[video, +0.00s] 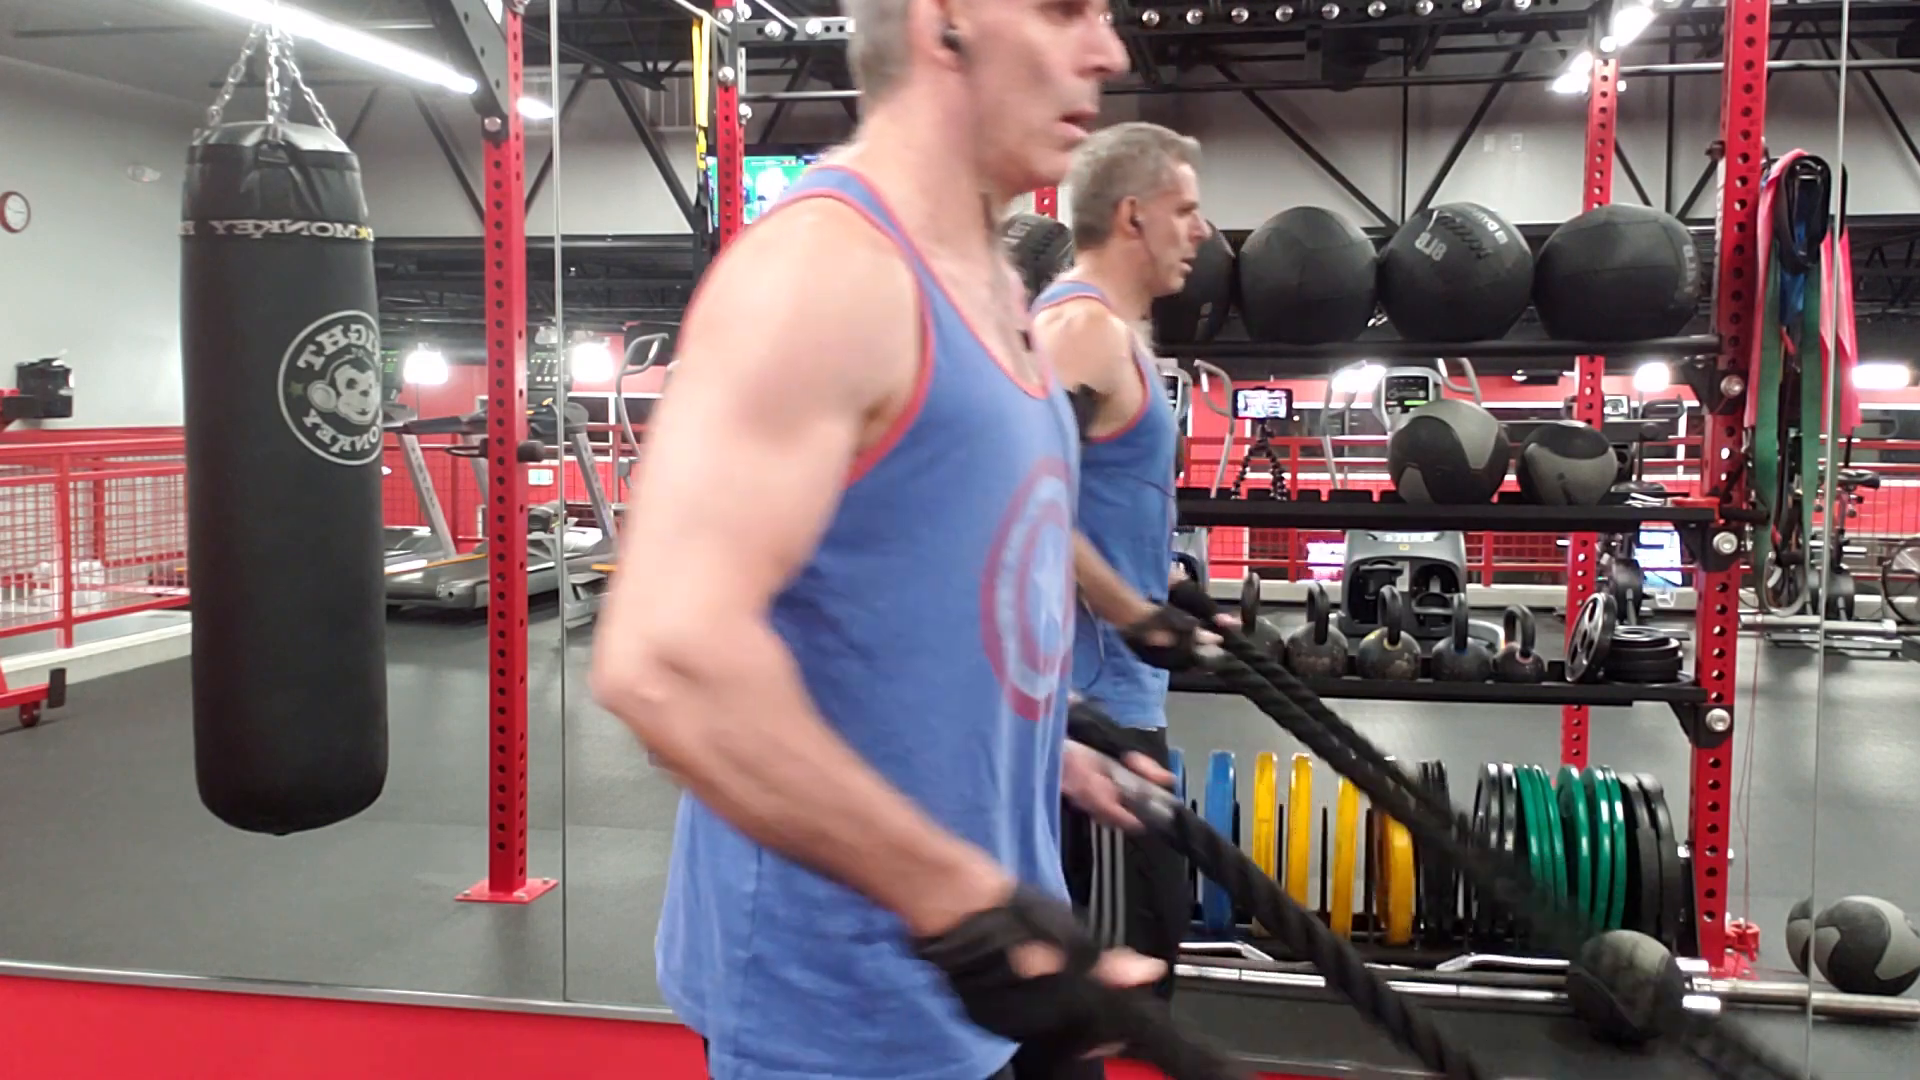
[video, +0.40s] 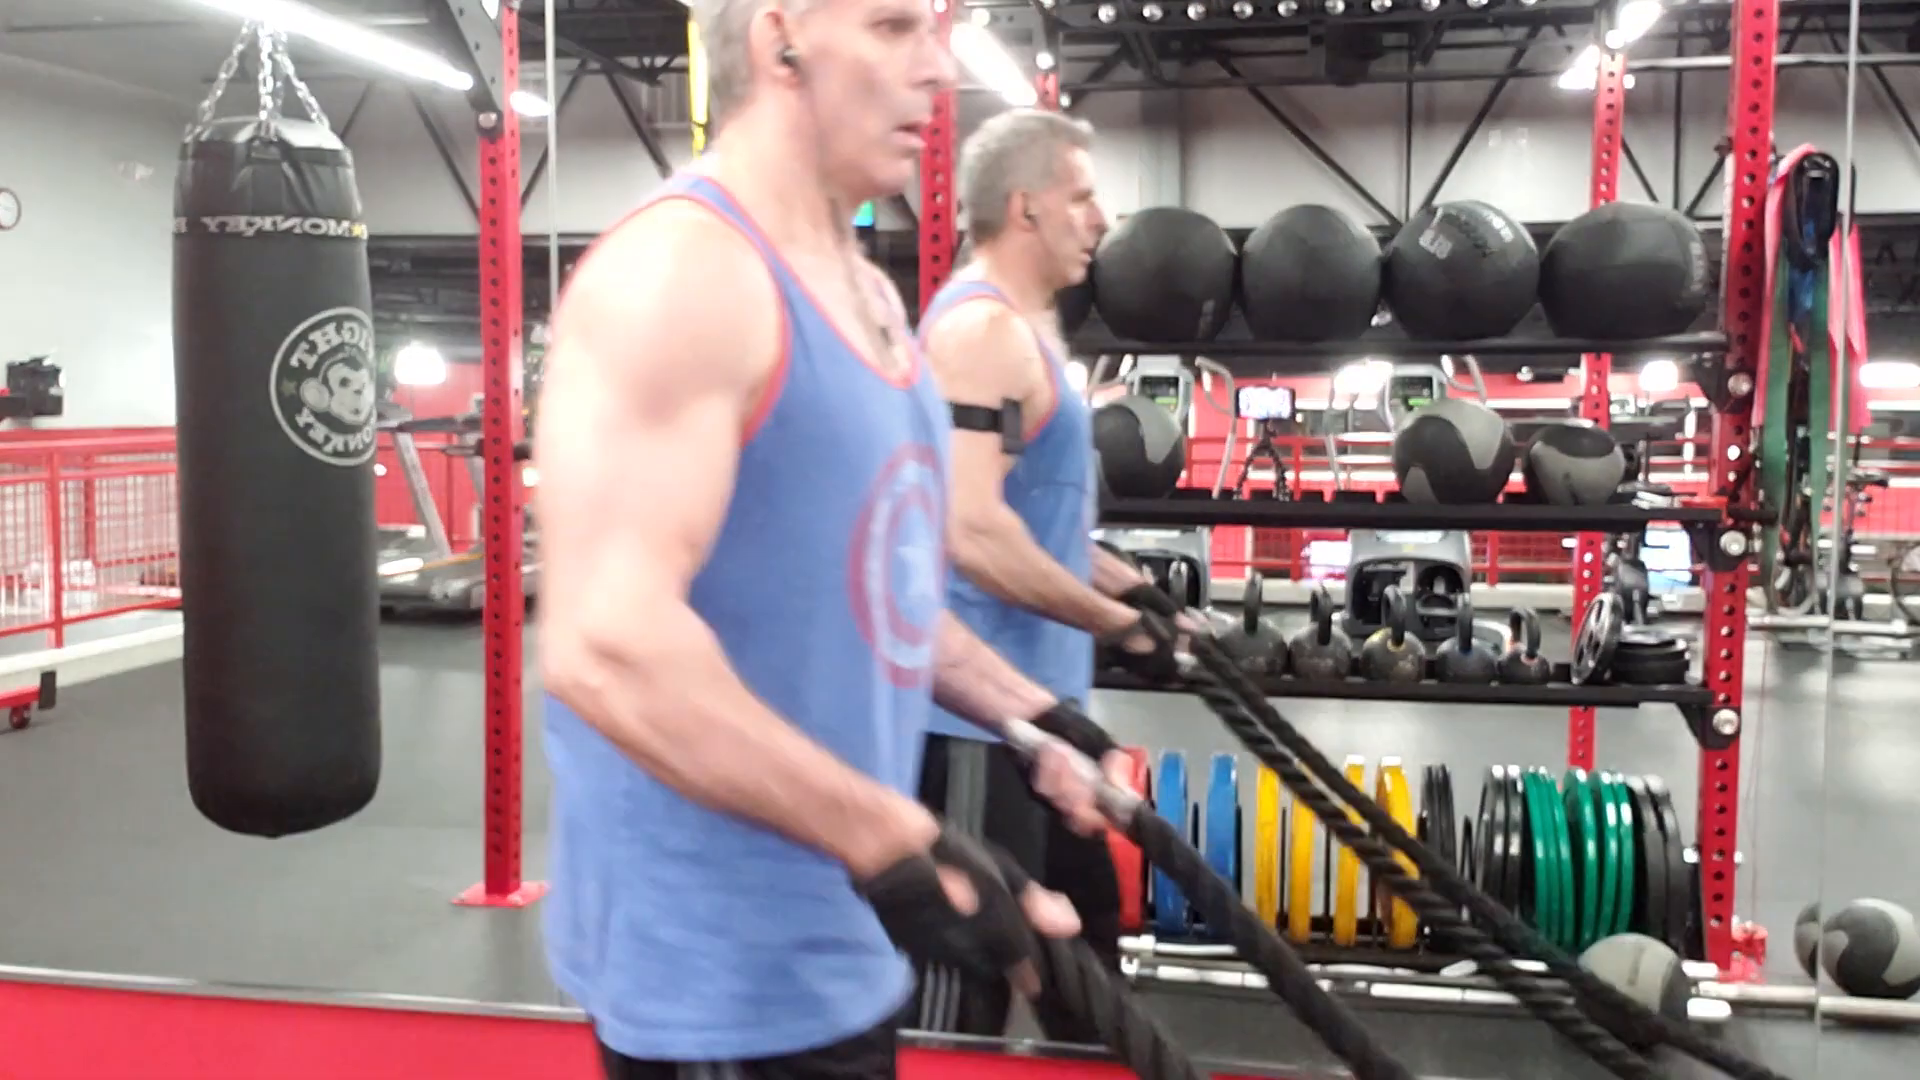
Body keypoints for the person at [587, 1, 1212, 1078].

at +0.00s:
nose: (1110, 53)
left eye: (1101, 16)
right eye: (1065, 10)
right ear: (940, 25)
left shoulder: (987, 285)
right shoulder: (817, 270)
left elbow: (891, 629)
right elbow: (668, 652)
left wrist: (1047, 752)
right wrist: (967, 906)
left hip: (975, 986)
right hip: (842, 1009)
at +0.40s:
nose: (941, 73)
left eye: (940, 35)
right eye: (899, 27)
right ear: (782, 36)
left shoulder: (863, 289)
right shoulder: (673, 273)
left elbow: (872, 585)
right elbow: (604, 641)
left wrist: (1034, 724)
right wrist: (897, 848)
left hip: (834, 949)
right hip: (722, 984)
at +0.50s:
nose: (918, 74)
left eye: (916, 41)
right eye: (875, 31)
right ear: (764, 39)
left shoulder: (838, 280)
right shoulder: (662, 257)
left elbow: (821, 571)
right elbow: (518, 594)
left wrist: (965, 704)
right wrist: (809, 791)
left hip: (806, 910)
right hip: (686, 948)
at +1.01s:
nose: (769, 71)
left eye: (766, 38)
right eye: (723, 29)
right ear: (606, 40)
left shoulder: (734, 283)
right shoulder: (505, 266)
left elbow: (766, 567)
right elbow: (441, 633)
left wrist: (923, 706)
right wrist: (739, 841)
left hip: (736, 915)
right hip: (564, 951)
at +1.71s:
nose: (844, 181)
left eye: (852, 145)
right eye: (817, 134)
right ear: (706, 104)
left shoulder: (778, 328)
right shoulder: (539, 304)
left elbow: (775, 601)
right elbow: (447, 656)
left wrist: (902, 772)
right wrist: (685, 887)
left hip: (748, 925)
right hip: (574, 967)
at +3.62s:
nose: (824, 183)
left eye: (819, 146)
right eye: (784, 142)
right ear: (666, 154)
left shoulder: (742, 378)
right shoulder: (541, 386)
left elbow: (747, 671)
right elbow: (418, 755)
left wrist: (876, 857)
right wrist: (645, 1011)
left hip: (731, 956)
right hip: (528, 1014)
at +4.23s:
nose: (839, 189)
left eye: (835, 153)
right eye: (797, 149)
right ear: (682, 165)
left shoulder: (751, 393)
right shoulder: (553, 383)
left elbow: (739, 686)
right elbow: (432, 754)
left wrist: (870, 865)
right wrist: (674, 1017)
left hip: (733, 959)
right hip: (533, 1017)